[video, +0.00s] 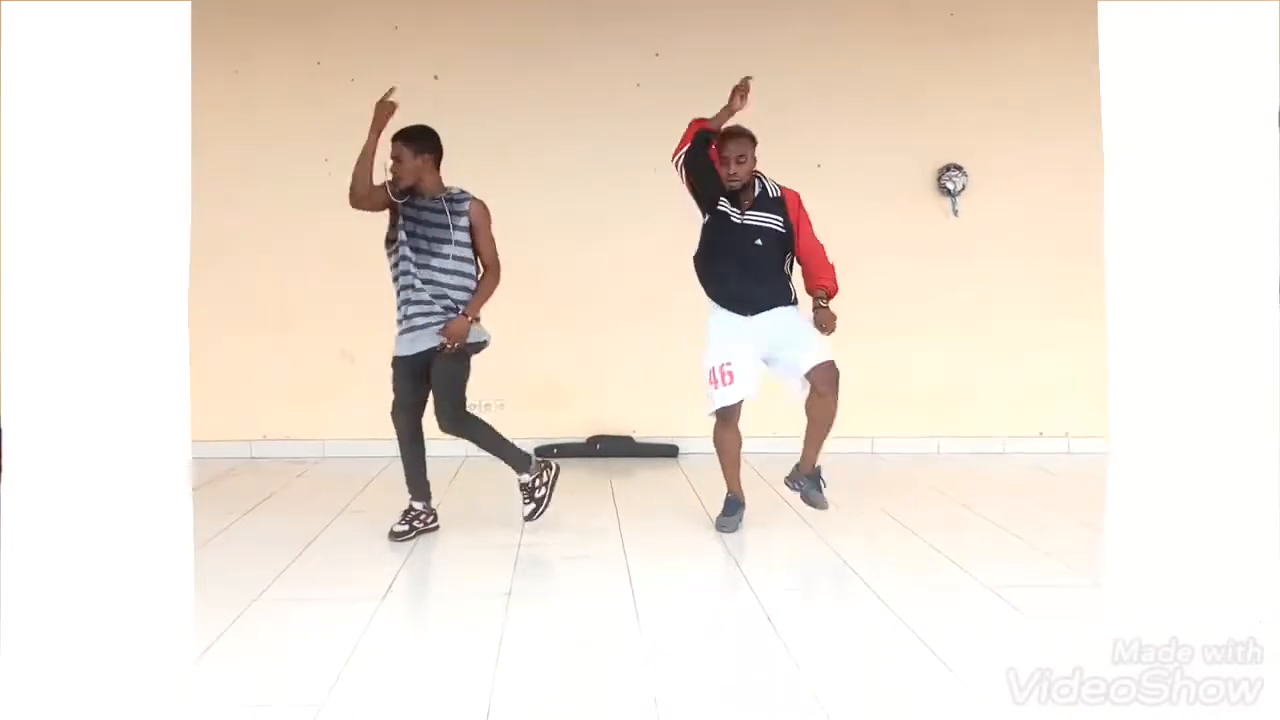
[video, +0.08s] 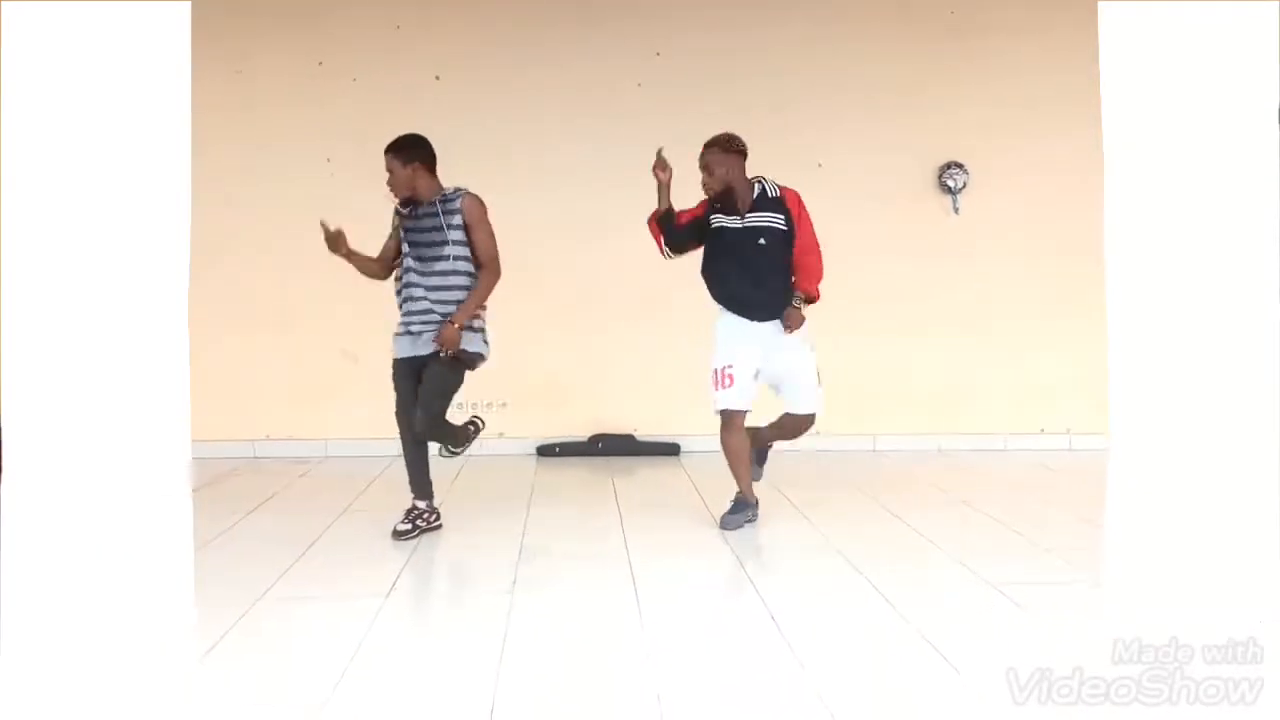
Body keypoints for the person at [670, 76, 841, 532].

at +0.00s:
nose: (733, 170)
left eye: (741, 161)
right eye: (726, 162)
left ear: (755, 160)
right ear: (716, 163)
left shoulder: (784, 200)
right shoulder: (713, 196)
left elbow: (809, 249)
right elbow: (689, 155)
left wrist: (821, 299)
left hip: (780, 316)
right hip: (729, 320)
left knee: (827, 378)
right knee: (726, 412)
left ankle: (806, 470)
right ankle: (734, 495)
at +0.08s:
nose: (704, 179)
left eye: (710, 171)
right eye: (702, 172)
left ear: (736, 167)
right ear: (709, 172)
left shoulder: (784, 201)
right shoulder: (710, 212)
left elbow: (808, 251)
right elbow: (670, 240)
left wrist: (799, 301)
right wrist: (664, 189)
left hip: (785, 323)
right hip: (736, 324)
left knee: (803, 416)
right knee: (732, 415)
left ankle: (760, 438)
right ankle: (745, 497)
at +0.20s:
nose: (696, 197)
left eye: (700, 187)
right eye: (695, 189)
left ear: (726, 184)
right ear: (720, 189)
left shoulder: (774, 210)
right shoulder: (711, 250)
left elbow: (821, 246)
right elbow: (712, 310)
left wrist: (788, 265)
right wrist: (684, 345)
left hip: (777, 335)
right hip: (732, 335)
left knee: (760, 422)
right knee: (728, 417)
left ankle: (742, 463)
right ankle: (744, 495)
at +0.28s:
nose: (705, 194)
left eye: (714, 186)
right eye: (703, 186)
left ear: (739, 187)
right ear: (706, 190)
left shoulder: (773, 219)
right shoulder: (719, 235)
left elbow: (826, 222)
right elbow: (723, 284)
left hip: (772, 335)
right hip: (727, 336)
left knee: (758, 412)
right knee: (725, 415)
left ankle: (743, 460)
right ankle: (740, 489)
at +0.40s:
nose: (743, 157)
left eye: (751, 150)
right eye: (735, 150)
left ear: (762, 151)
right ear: (723, 151)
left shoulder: (782, 178)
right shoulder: (710, 204)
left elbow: (833, 201)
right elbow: (702, 261)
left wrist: (805, 207)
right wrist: (669, 269)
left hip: (775, 306)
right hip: (728, 309)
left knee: (774, 402)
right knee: (728, 399)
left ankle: (752, 446)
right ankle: (742, 481)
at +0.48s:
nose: (751, 151)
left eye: (759, 144)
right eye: (743, 143)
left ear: (770, 147)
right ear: (731, 145)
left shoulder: (786, 185)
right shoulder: (704, 185)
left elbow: (805, 229)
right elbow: (663, 230)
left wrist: (815, 255)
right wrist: (654, 214)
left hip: (771, 303)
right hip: (725, 305)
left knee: (792, 393)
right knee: (727, 398)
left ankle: (761, 431)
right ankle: (739, 483)